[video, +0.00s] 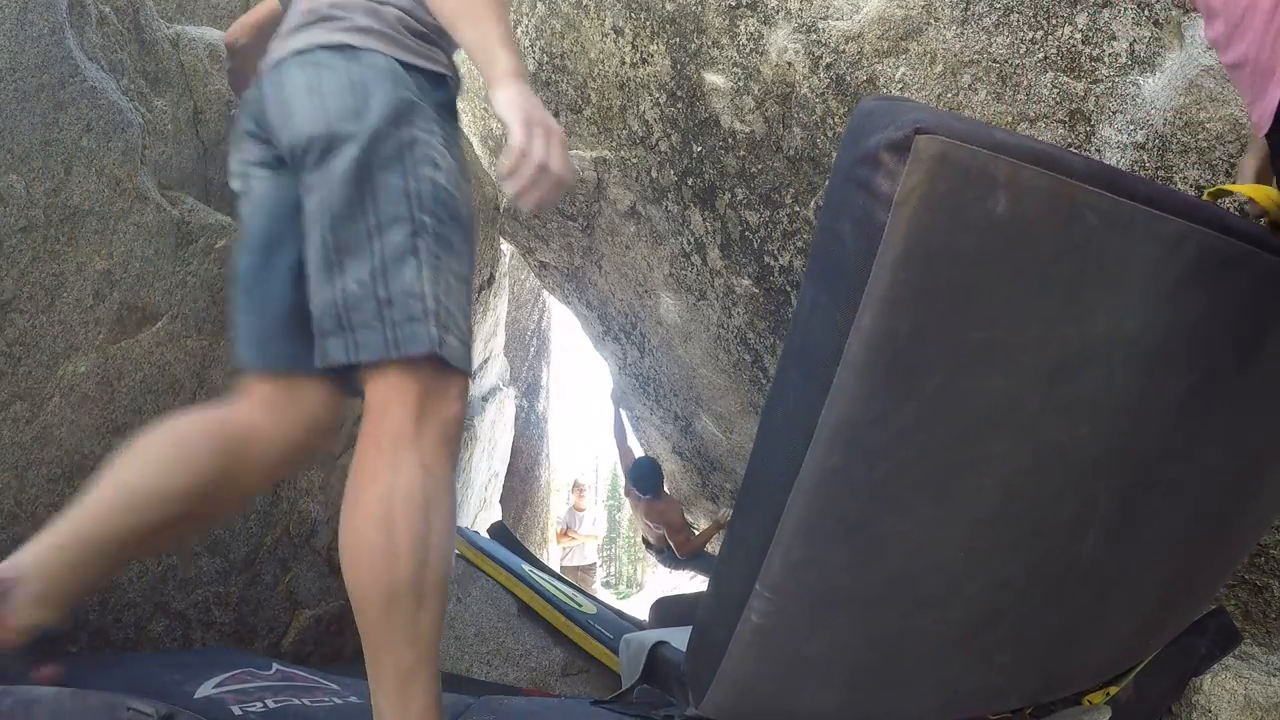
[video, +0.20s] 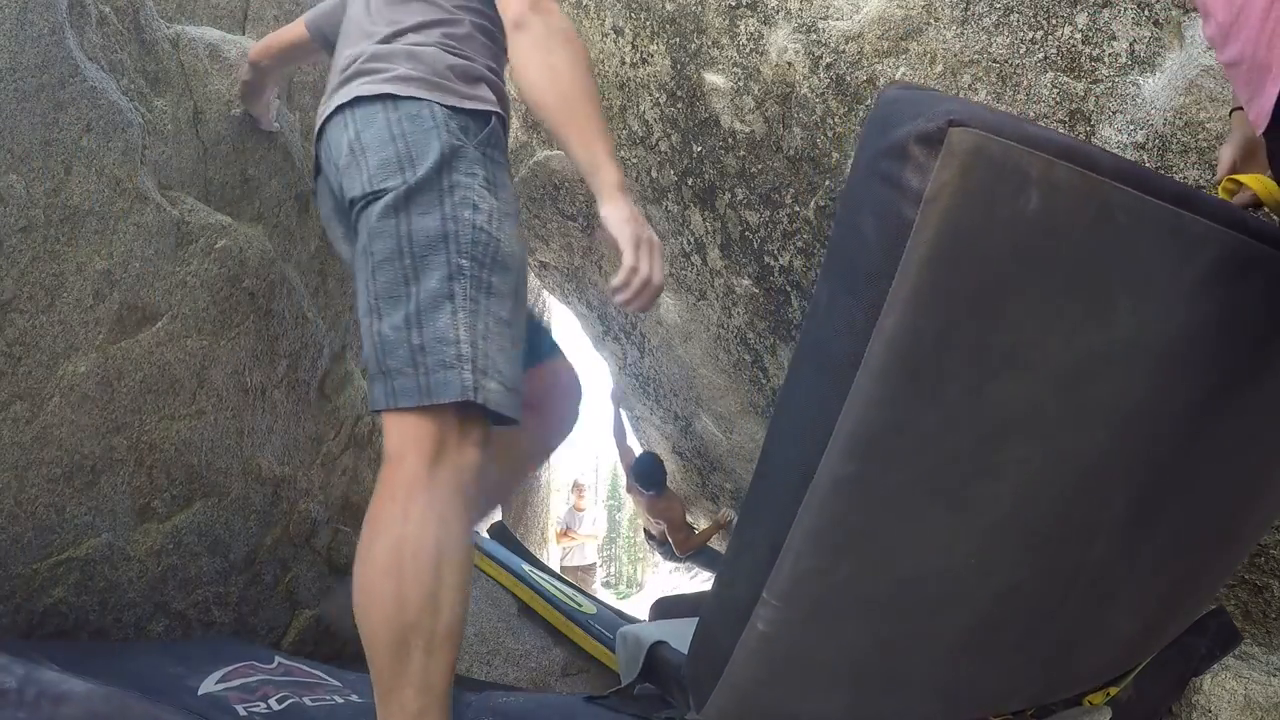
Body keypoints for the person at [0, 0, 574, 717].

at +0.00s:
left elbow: (246, 35)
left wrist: (258, 27)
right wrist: (509, 78)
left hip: (276, 77)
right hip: (374, 66)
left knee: (292, 403)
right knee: (417, 398)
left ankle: (23, 595)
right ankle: (409, 708)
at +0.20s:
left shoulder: (362, 7)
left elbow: (265, 51)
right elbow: (529, 19)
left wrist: (259, 90)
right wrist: (613, 189)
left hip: (346, 148)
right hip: (423, 123)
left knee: (548, 395)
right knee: (434, 444)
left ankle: (397, 583)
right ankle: (409, 705)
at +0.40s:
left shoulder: (401, 6)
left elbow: (290, 49)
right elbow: (550, 31)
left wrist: (261, 104)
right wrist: (629, 200)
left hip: (382, 150)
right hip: (452, 134)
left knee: (610, 358)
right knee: (461, 444)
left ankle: (631, 613)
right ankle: (420, 709)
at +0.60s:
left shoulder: (409, 8)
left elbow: (298, 52)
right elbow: (556, 50)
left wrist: (259, 106)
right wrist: (637, 213)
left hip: (388, 163)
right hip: (465, 142)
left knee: (598, 371)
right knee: (484, 441)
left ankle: (643, 628)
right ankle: (427, 707)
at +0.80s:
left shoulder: (412, 11)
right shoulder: (545, 3)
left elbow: (301, 52)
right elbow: (566, 74)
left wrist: (258, 106)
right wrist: (642, 234)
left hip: (380, 167)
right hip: (461, 141)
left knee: (589, 371)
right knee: (482, 439)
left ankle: (647, 631)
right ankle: (427, 708)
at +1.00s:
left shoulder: (416, 10)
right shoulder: (547, 3)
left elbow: (309, 50)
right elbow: (586, 78)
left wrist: (260, 102)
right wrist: (675, 234)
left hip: (373, 170)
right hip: (457, 142)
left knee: (581, 373)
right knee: (484, 439)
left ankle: (638, 634)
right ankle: (429, 709)